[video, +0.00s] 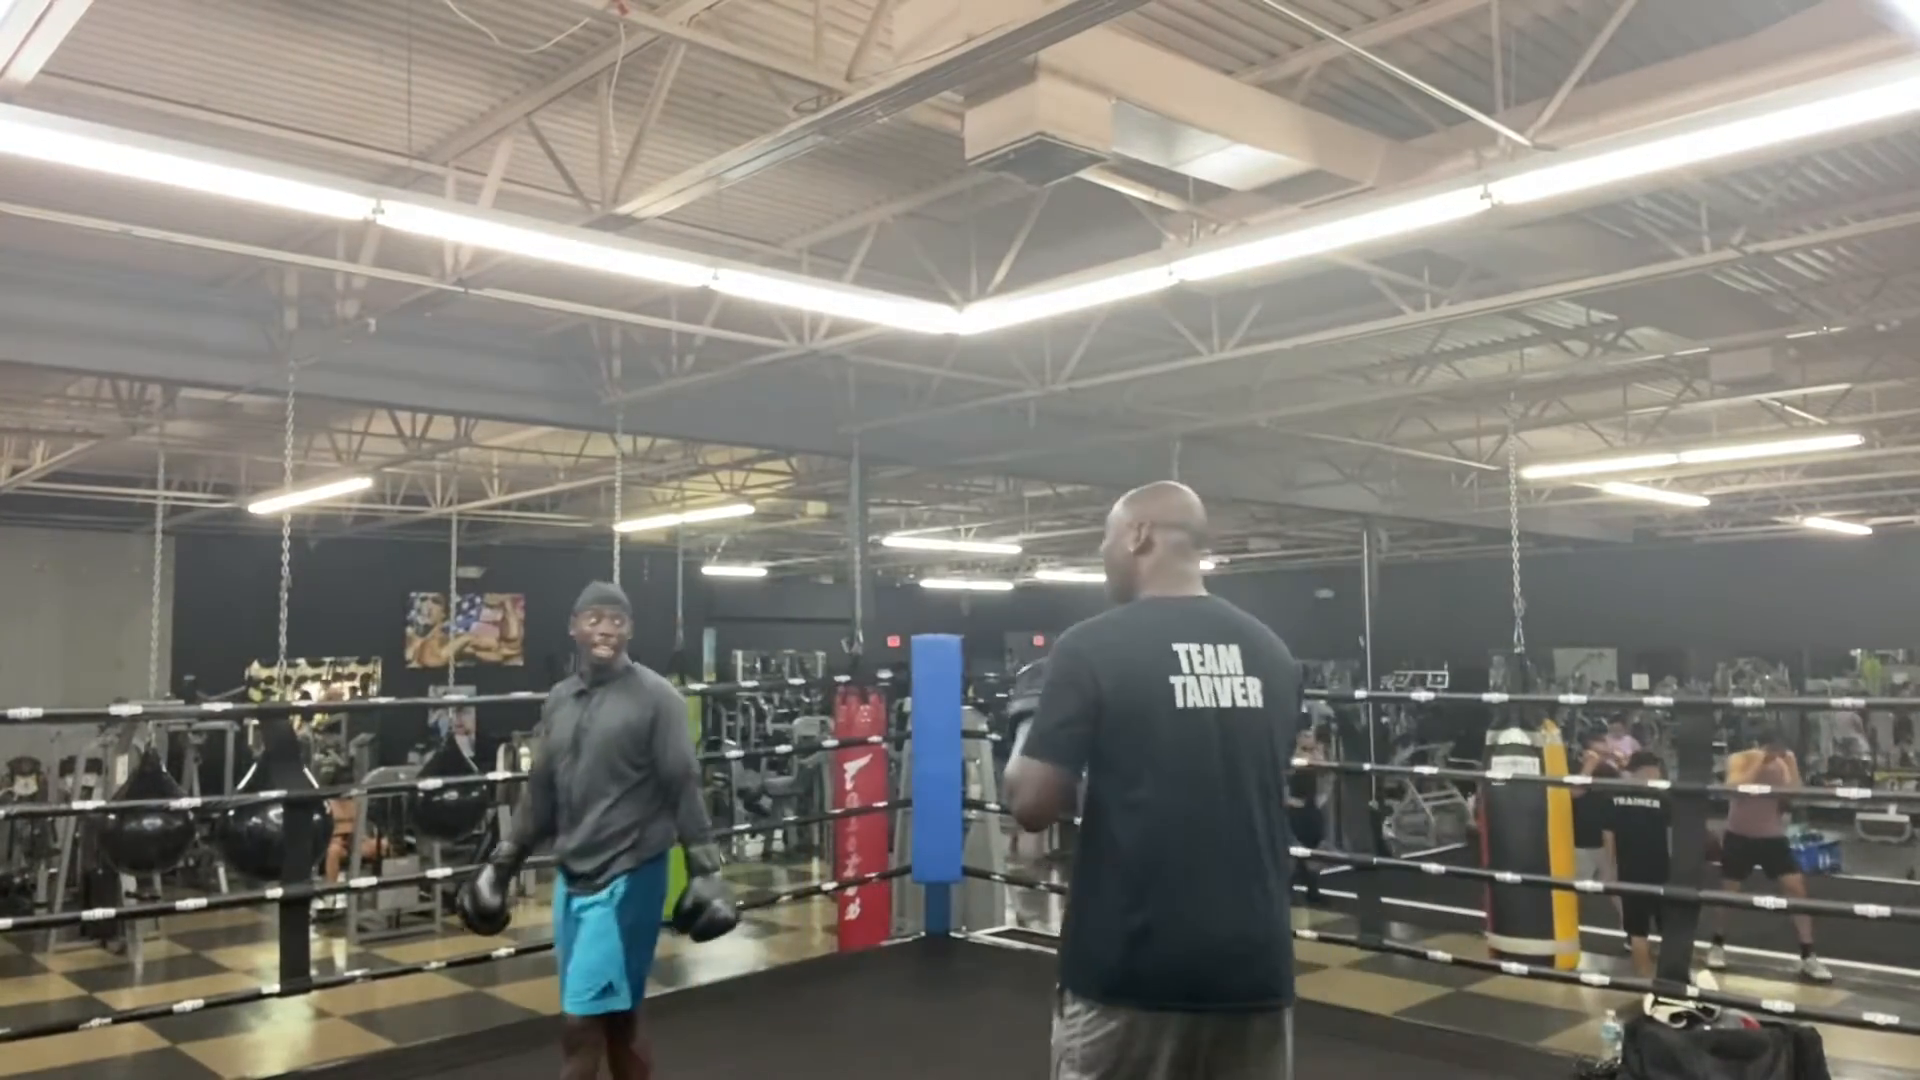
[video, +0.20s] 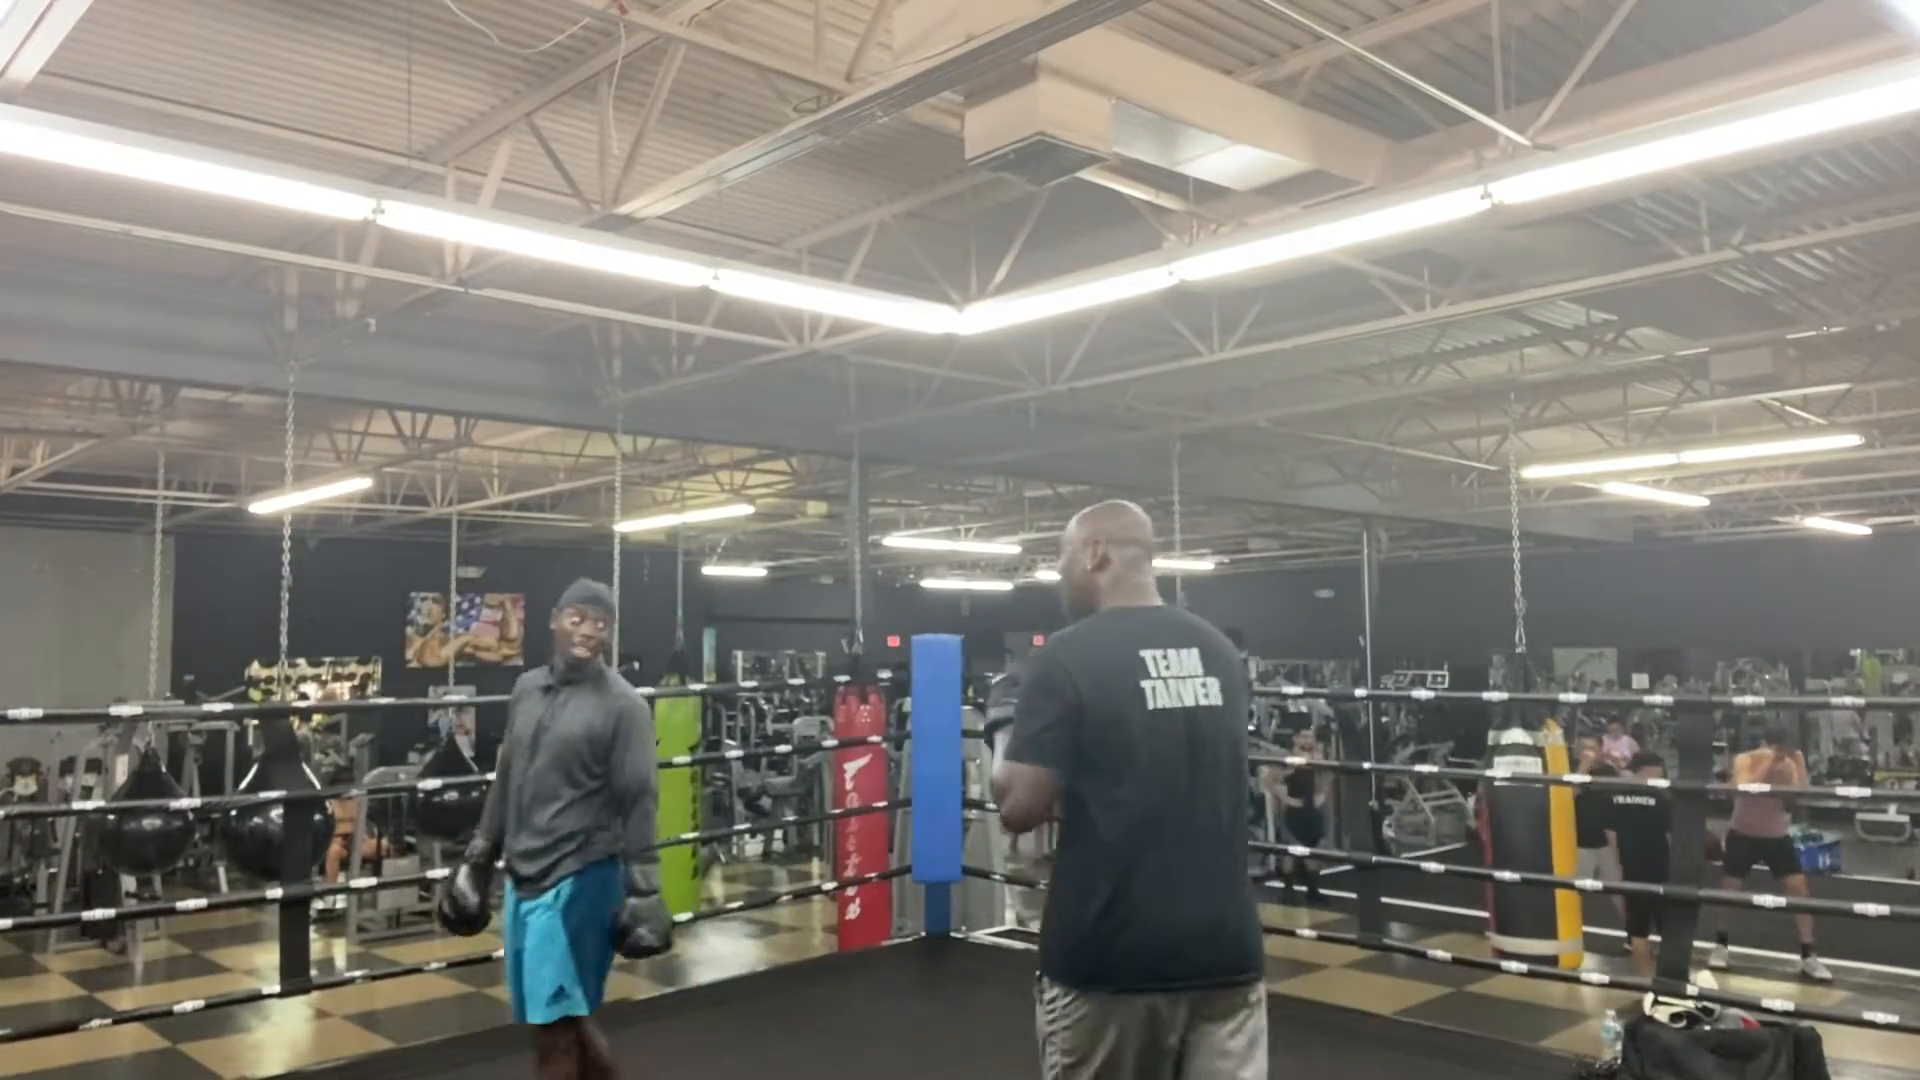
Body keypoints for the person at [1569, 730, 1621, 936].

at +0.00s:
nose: (1602, 754)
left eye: (1605, 749)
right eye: (1598, 749)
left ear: (1609, 748)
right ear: (1586, 750)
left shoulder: (1612, 771)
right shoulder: (1578, 772)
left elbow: (1632, 784)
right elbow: (1574, 793)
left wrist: (1621, 766)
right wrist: (1588, 768)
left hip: (1608, 840)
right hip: (1581, 840)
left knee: (1613, 888)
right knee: (1577, 888)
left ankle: (1625, 927)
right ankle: (1571, 927)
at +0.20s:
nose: (1587, 752)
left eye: (1592, 748)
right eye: (1583, 747)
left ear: (1600, 750)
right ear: (1577, 750)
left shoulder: (1606, 771)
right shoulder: (1572, 771)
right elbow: (1569, 795)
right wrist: (1583, 767)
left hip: (1606, 836)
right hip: (1581, 836)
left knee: (1615, 886)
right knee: (1577, 887)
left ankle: (1630, 925)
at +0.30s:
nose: (1580, 753)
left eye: (1584, 749)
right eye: (1577, 749)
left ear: (1596, 751)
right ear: (1573, 750)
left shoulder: (1608, 773)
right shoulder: (1572, 775)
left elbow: (1618, 802)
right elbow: (1564, 803)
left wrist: (1617, 830)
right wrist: (1575, 770)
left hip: (1606, 840)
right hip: (1580, 841)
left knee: (1616, 891)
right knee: (1574, 891)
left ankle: (1631, 931)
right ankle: (1572, 935)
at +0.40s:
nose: (1580, 753)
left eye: (1584, 749)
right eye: (1577, 749)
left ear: (1596, 750)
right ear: (1571, 751)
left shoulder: (1606, 771)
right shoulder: (1569, 774)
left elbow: (1619, 801)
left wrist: (1620, 832)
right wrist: (1572, 766)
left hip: (1607, 840)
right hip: (1579, 841)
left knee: (1618, 891)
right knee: (1574, 893)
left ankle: (1632, 932)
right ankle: (1571, 936)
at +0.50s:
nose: (1579, 754)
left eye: (1584, 749)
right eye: (1576, 749)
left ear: (1596, 749)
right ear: (1571, 751)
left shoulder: (1607, 769)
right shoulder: (1571, 772)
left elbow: (1626, 789)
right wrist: (1571, 765)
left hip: (1610, 839)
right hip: (1578, 840)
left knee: (1619, 890)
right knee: (1572, 892)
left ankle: (1632, 931)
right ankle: (1570, 934)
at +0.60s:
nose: (1582, 754)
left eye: (1586, 749)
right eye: (1578, 749)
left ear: (1597, 749)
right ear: (1573, 751)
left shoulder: (1608, 768)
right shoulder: (1571, 769)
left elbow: (1625, 785)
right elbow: (1558, 787)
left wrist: (1611, 762)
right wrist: (1570, 764)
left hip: (1609, 838)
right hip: (1579, 839)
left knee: (1621, 888)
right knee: (1573, 890)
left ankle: (1632, 932)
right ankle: (1571, 935)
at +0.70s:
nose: (1585, 754)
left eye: (1589, 749)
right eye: (1581, 749)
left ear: (1598, 749)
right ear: (1574, 750)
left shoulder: (1609, 768)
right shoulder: (1570, 770)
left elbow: (1626, 790)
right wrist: (1570, 764)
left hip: (1609, 838)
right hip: (1578, 839)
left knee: (1620, 888)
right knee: (1573, 890)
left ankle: (1632, 931)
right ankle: (1572, 934)